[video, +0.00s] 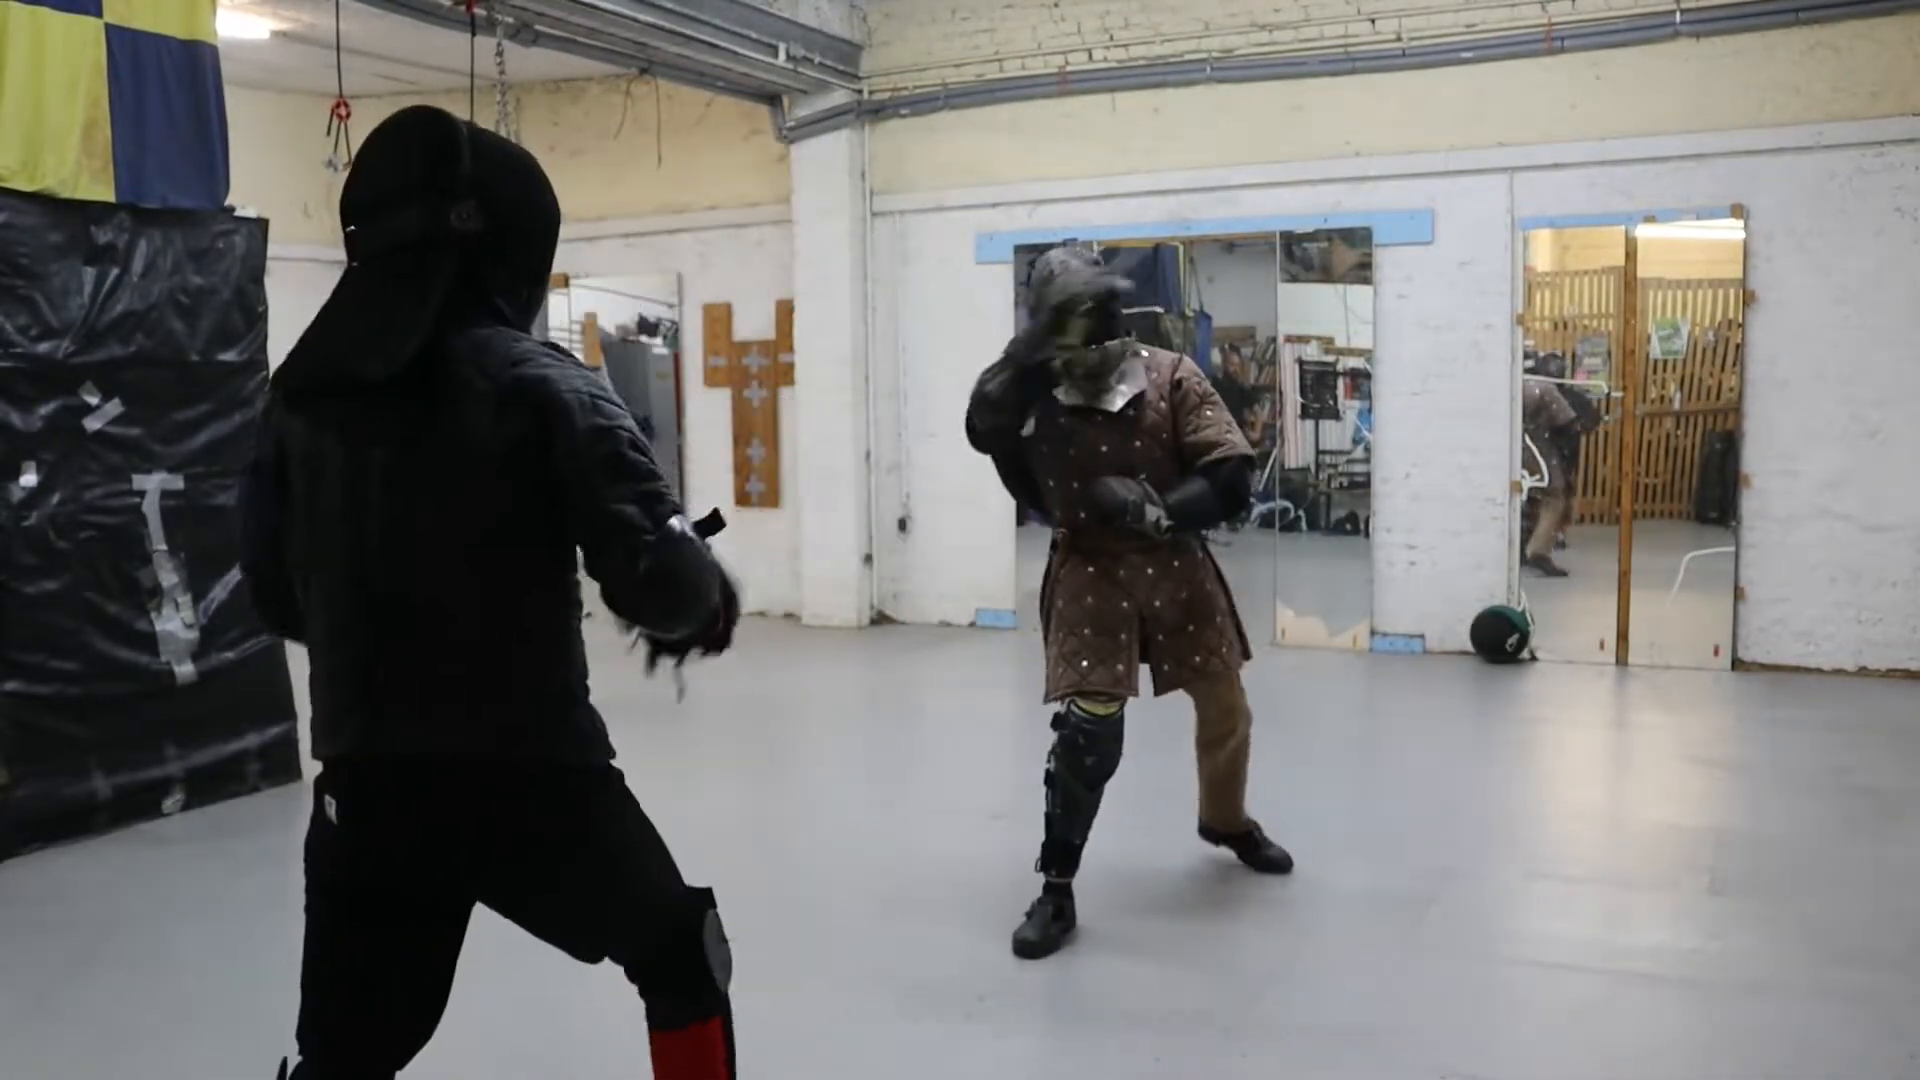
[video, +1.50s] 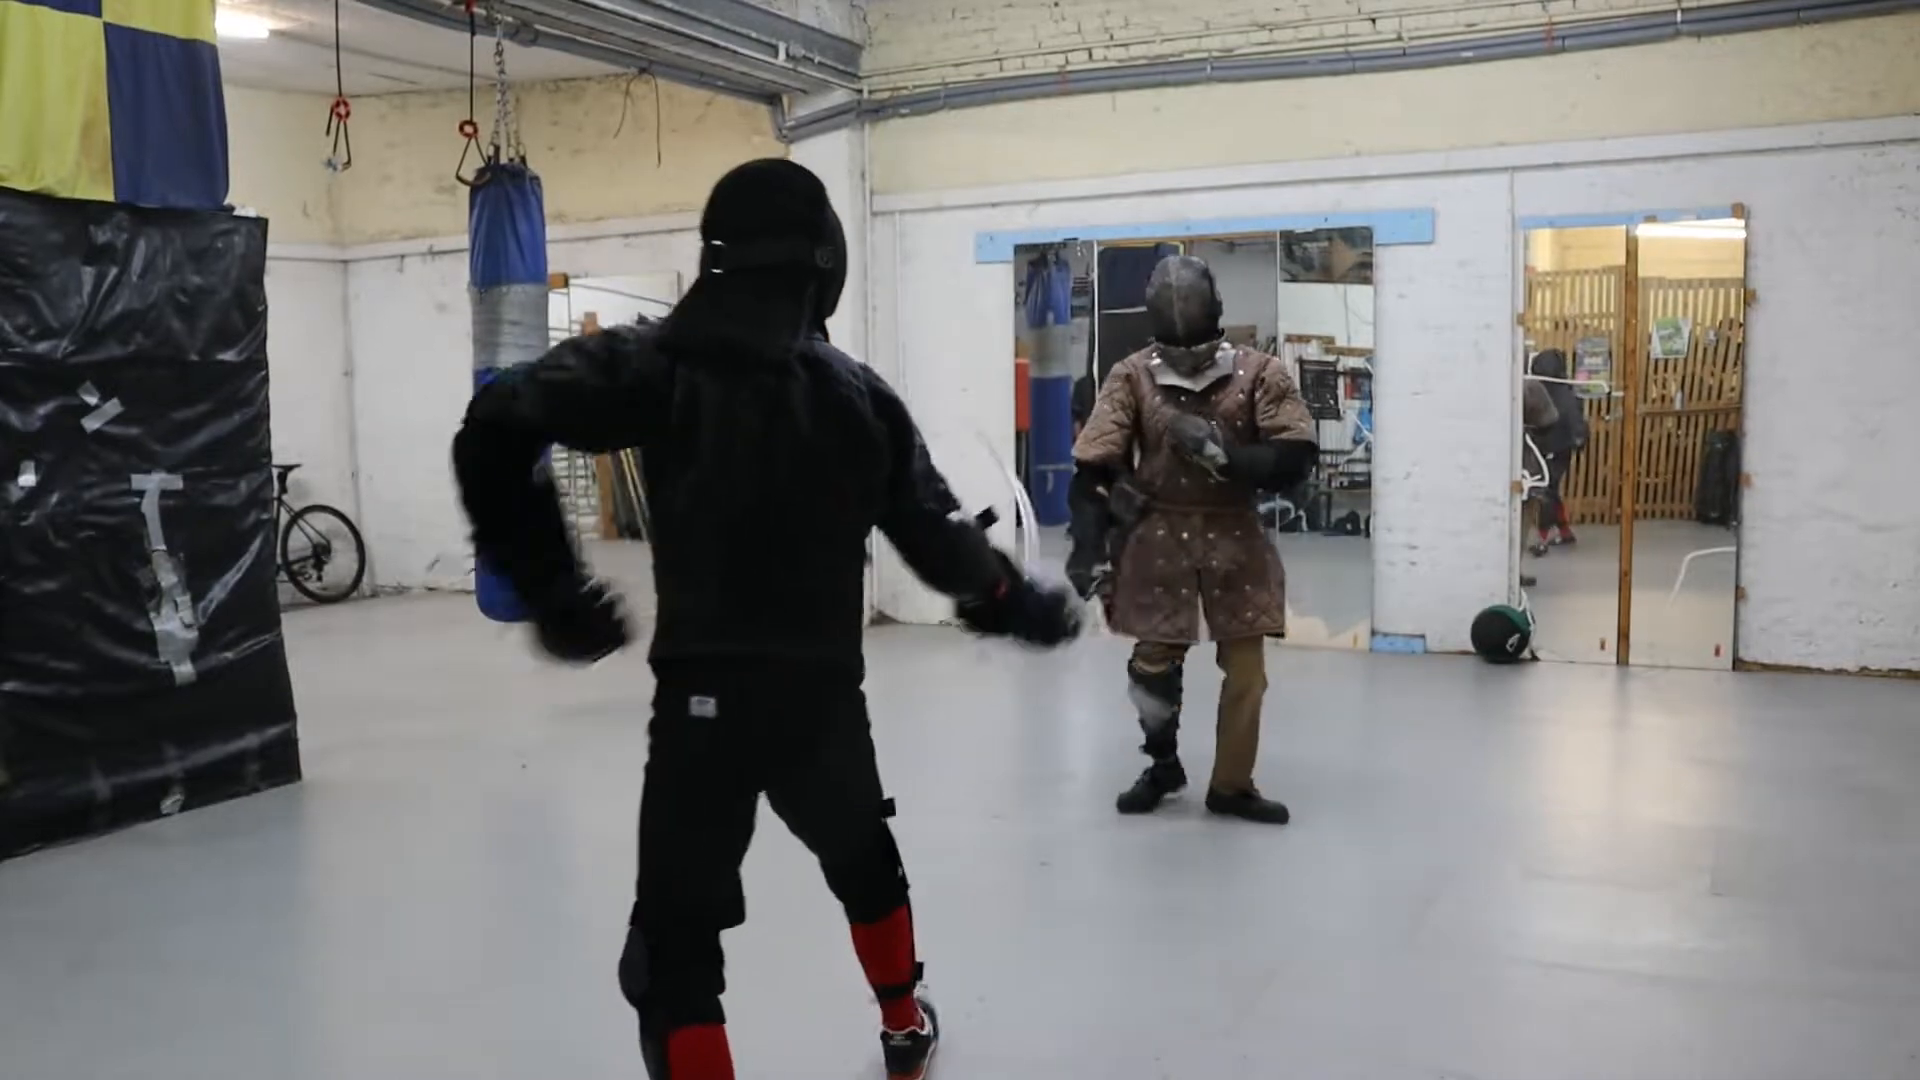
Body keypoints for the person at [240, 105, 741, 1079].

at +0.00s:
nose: (546, 269)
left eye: (543, 245)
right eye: (540, 247)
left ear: (371, 247)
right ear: (510, 251)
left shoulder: (301, 395)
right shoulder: (545, 389)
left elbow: (276, 591)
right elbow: (658, 584)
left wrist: (389, 621)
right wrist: (706, 598)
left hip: (373, 794)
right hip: (537, 787)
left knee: (337, 1057)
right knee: (679, 954)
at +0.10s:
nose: (550, 272)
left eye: (545, 246)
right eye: (541, 247)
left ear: (373, 245)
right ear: (505, 252)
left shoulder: (319, 395)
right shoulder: (540, 380)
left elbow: (324, 559)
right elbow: (715, 543)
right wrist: (772, 500)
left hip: (383, 798)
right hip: (543, 790)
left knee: (339, 1058)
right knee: (682, 957)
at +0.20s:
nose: (574, 268)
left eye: (568, 241)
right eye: (564, 243)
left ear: (406, 255)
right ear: (538, 253)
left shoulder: (357, 406)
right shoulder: (576, 381)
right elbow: (783, 460)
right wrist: (856, 401)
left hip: (412, 802)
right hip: (572, 795)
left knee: (359, 1056)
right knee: (698, 959)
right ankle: (756, 1073)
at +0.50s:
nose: (694, 264)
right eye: (684, 244)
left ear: (550, 258)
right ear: (666, 256)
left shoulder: (471, 402)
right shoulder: (710, 390)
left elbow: (435, 580)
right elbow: (873, 511)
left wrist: (540, 602)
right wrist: (938, 466)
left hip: (535, 755)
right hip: (683, 748)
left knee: (485, 995)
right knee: (771, 921)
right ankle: (794, 1071)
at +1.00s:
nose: (764, 264)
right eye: (758, 246)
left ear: (633, 254)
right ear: (752, 259)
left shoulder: (568, 378)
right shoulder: (792, 392)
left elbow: (412, 496)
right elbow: (890, 563)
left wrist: (542, 501)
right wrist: (940, 545)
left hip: (622, 738)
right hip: (758, 738)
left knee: (554, 988)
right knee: (792, 914)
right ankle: (796, 1072)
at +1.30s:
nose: (793, 256)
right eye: (789, 238)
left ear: (666, 245)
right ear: (781, 247)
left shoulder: (604, 372)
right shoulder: (825, 383)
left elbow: (466, 518)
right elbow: (895, 551)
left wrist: (476, 636)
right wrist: (940, 668)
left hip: (662, 704)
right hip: (797, 702)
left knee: (645, 942)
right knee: (833, 856)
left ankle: (685, 1075)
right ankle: (822, 1063)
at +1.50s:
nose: (831, 278)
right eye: (828, 261)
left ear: (716, 260)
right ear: (820, 267)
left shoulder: (659, 365)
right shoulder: (858, 396)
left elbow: (495, 425)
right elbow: (938, 542)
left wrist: (560, 597)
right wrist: (1019, 601)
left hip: (701, 701)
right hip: (819, 700)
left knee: (678, 933)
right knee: (865, 861)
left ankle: (696, 1074)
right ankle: (905, 1032)